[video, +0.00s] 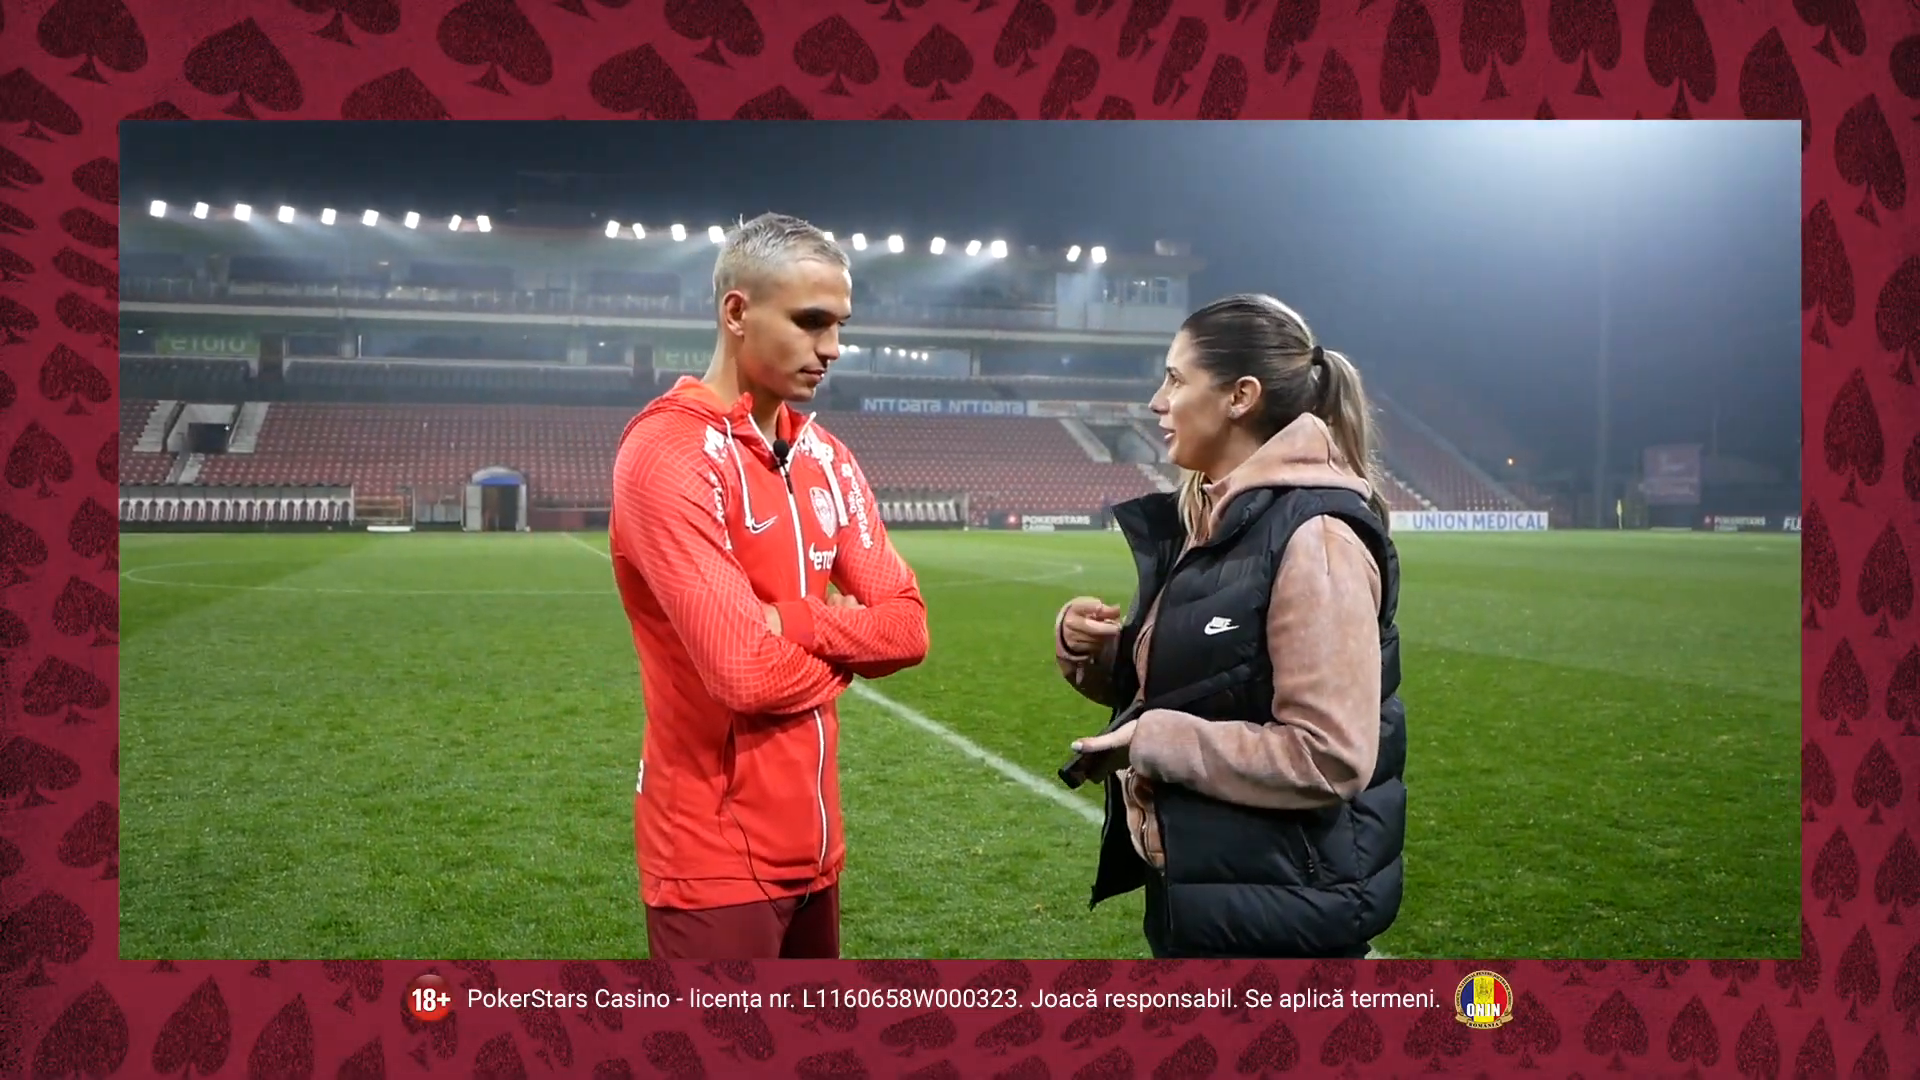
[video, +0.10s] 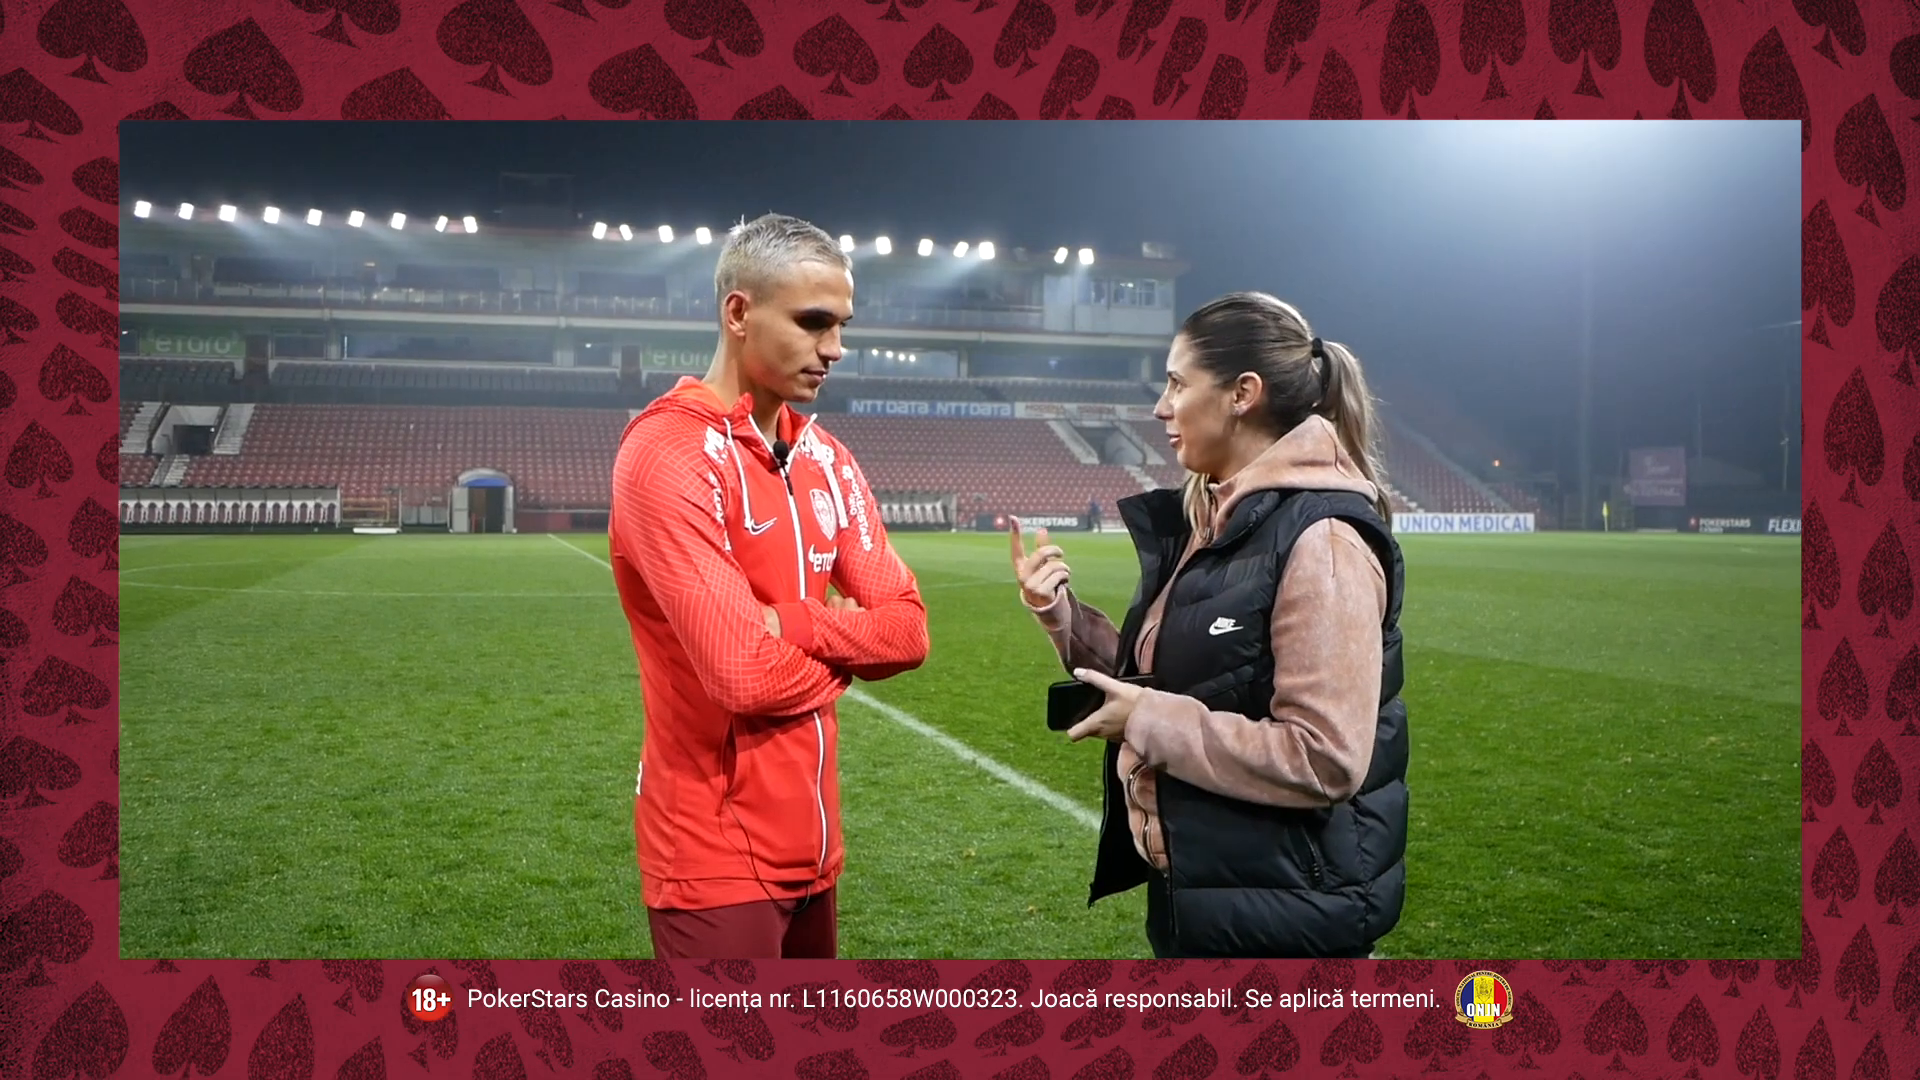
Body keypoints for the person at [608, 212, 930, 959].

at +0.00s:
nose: (830, 348)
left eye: (837, 326)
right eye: (810, 322)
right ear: (737, 312)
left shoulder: (826, 456)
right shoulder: (664, 457)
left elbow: (907, 629)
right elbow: (746, 679)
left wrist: (780, 619)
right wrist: (846, 650)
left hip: (810, 836)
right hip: (713, 847)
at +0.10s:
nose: (833, 350)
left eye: (839, 327)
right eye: (812, 323)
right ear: (738, 314)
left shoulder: (827, 457)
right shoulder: (664, 456)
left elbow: (907, 630)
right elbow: (743, 679)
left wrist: (780, 621)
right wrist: (846, 653)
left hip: (808, 831)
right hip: (712, 842)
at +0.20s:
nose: (833, 349)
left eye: (840, 326)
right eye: (813, 322)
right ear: (739, 313)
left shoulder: (826, 457)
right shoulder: (665, 455)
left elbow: (908, 631)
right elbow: (747, 678)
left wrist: (782, 620)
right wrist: (846, 654)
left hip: (810, 832)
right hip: (716, 844)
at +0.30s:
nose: (832, 346)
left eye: (838, 323)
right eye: (811, 318)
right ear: (736, 309)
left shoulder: (821, 456)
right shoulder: (663, 455)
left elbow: (908, 630)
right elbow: (753, 677)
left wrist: (786, 618)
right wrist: (851, 647)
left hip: (811, 841)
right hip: (720, 855)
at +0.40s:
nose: (830, 341)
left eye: (835, 318)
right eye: (809, 313)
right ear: (733, 306)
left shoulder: (818, 456)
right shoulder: (663, 452)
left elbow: (909, 628)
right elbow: (760, 675)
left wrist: (790, 617)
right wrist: (850, 654)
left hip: (813, 848)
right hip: (721, 860)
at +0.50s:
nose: (832, 338)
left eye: (837, 315)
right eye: (810, 309)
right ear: (734, 303)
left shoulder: (817, 454)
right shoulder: (663, 451)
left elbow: (909, 627)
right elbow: (765, 674)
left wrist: (797, 616)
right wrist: (850, 650)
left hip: (814, 853)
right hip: (719, 866)